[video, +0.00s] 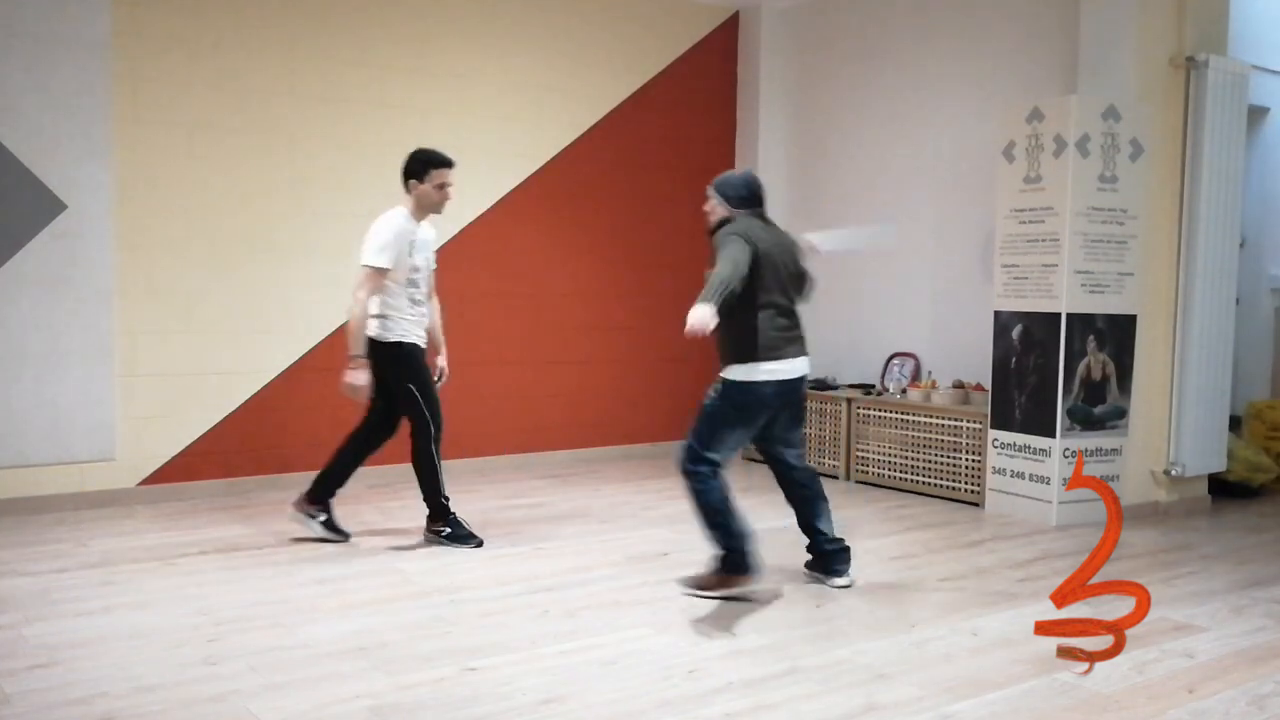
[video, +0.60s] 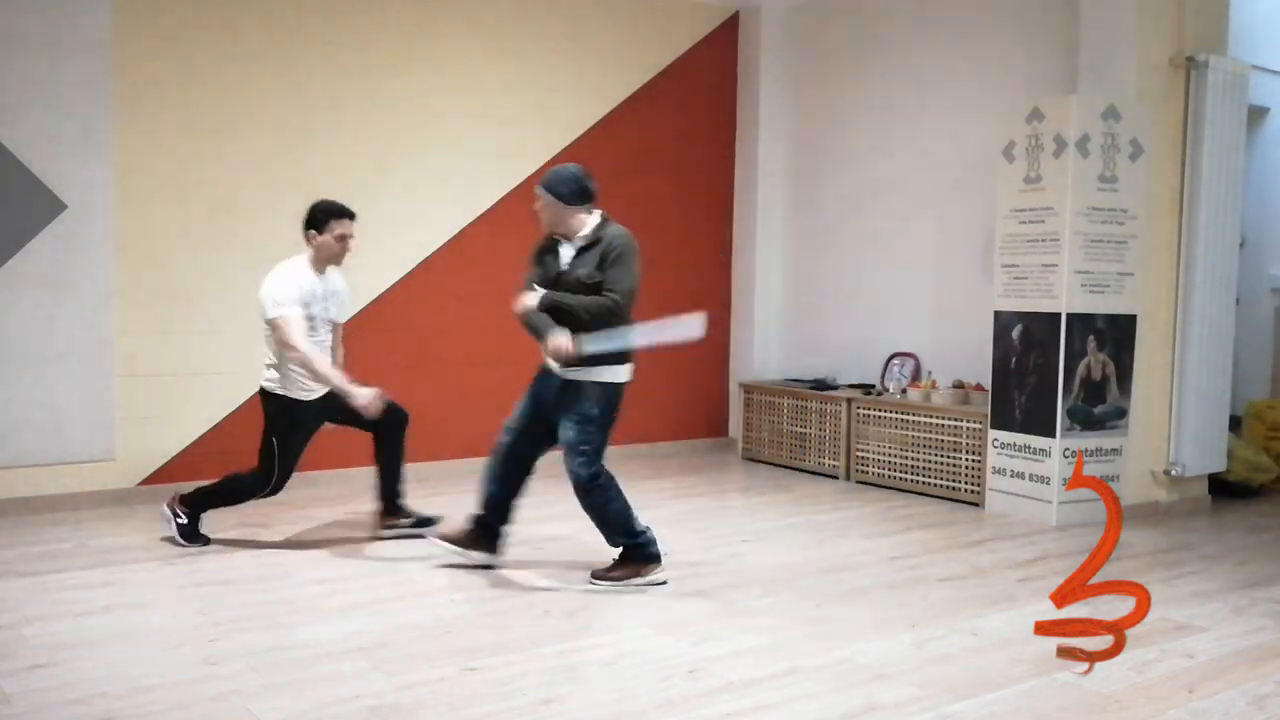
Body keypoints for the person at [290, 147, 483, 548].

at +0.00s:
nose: (448, 194)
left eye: (449, 186)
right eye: (441, 186)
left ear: (426, 187)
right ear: (415, 186)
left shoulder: (427, 232)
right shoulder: (392, 226)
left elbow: (430, 297)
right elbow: (362, 293)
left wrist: (439, 348)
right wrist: (356, 359)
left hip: (410, 346)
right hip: (390, 345)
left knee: (378, 428)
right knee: (429, 423)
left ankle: (314, 501)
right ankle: (440, 518)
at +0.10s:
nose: (422, 193)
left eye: (423, 185)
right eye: (414, 185)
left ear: (407, 189)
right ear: (388, 186)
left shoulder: (401, 234)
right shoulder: (363, 230)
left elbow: (409, 298)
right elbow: (332, 292)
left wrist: (430, 350)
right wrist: (317, 352)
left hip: (379, 344)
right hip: (364, 344)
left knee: (349, 428)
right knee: (410, 417)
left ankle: (301, 513)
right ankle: (430, 515)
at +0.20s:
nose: (392, 192)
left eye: (394, 184)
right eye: (384, 184)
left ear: (386, 186)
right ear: (358, 185)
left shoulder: (380, 233)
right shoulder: (331, 230)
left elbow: (395, 298)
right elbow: (300, 297)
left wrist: (421, 351)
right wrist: (289, 361)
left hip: (356, 344)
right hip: (335, 343)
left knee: (333, 434)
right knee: (388, 415)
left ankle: (297, 519)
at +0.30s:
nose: (361, 191)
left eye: (362, 183)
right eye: (353, 184)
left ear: (359, 185)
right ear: (326, 184)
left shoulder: (358, 229)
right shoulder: (302, 232)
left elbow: (377, 294)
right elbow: (279, 297)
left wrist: (403, 347)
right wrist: (286, 357)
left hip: (348, 354)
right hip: (316, 353)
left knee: (350, 434)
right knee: (330, 433)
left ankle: (299, 518)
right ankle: (243, 491)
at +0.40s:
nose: (336, 209)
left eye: (338, 201)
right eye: (328, 201)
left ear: (337, 202)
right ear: (301, 202)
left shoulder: (337, 250)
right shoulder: (278, 251)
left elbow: (357, 313)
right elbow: (262, 315)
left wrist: (387, 362)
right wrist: (296, 364)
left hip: (333, 372)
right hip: (293, 375)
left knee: (370, 432)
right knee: (267, 455)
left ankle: (310, 506)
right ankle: (186, 504)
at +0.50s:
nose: (332, 235)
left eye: (334, 226)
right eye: (325, 226)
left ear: (334, 225)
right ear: (298, 225)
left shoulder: (326, 273)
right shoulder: (268, 274)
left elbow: (341, 338)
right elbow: (266, 340)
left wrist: (362, 390)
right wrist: (309, 383)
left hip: (321, 383)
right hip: (281, 390)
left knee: (380, 422)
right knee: (269, 473)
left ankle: (336, 504)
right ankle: (183, 506)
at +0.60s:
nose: (348, 247)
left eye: (350, 238)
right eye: (341, 238)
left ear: (349, 238)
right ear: (313, 237)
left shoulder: (335, 281)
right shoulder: (283, 281)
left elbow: (336, 344)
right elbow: (291, 346)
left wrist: (341, 387)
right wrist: (351, 390)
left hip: (326, 392)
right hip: (288, 398)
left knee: (392, 419)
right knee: (269, 480)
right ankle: (187, 506)